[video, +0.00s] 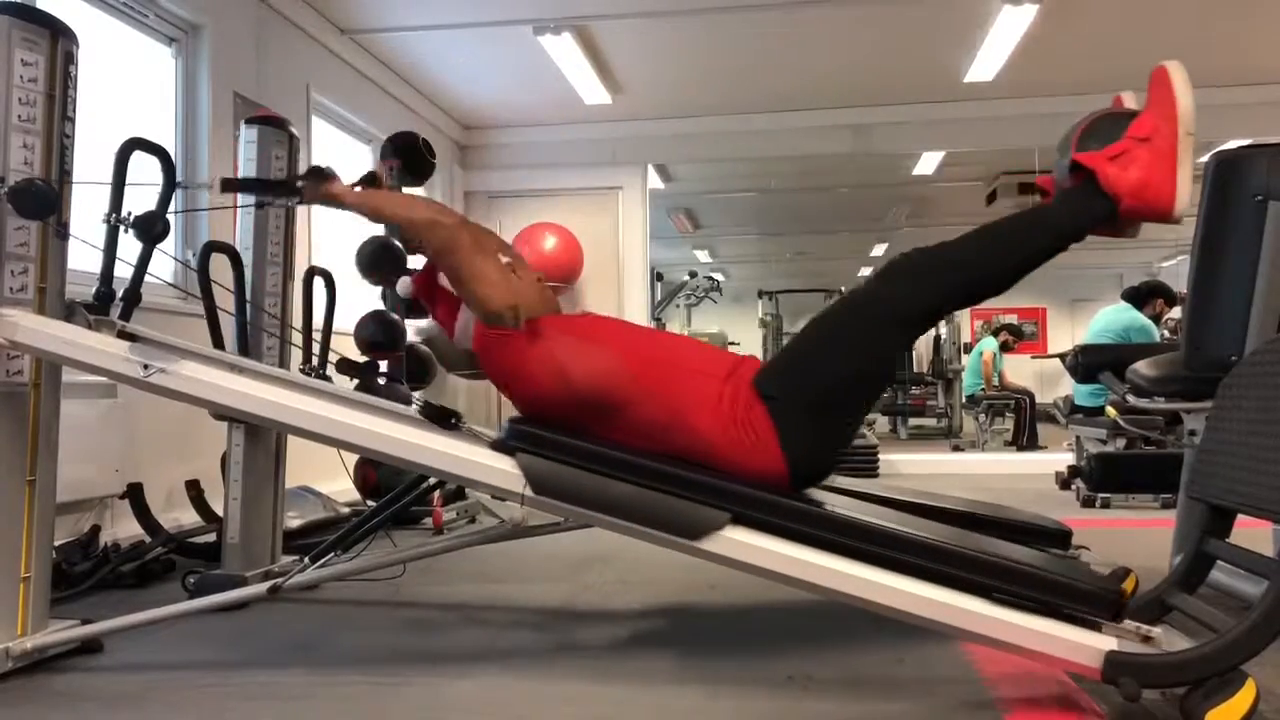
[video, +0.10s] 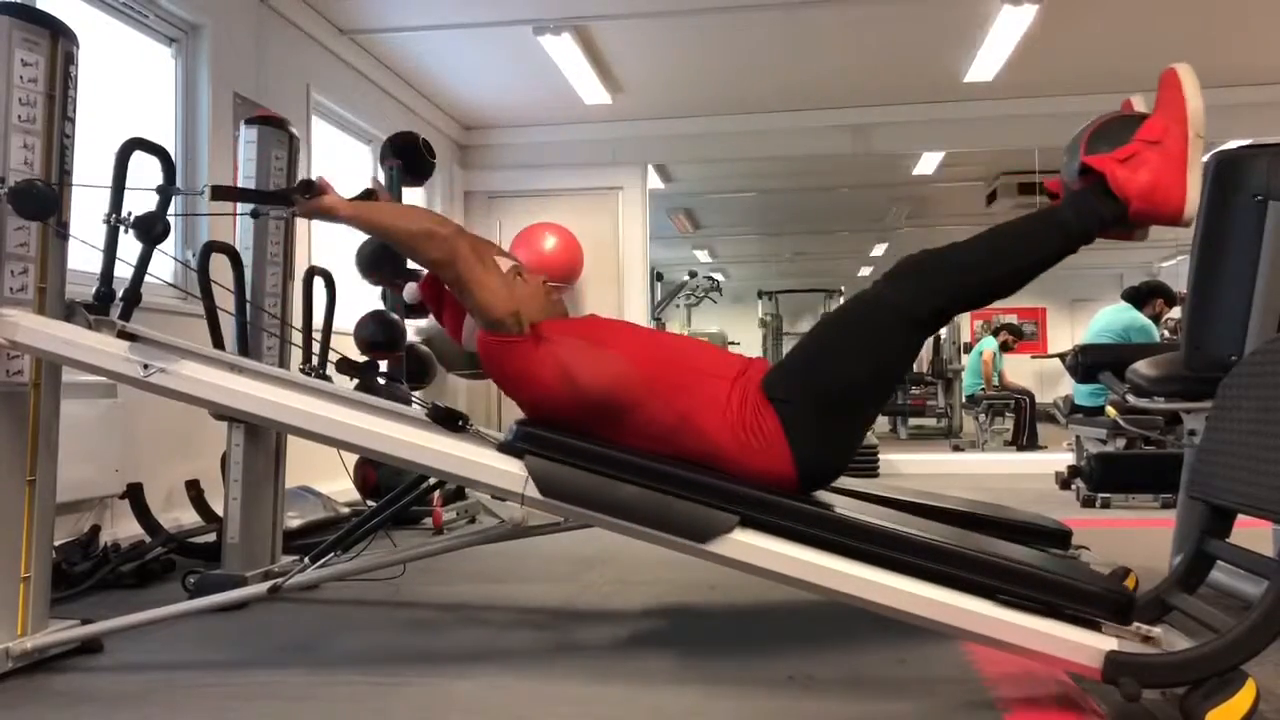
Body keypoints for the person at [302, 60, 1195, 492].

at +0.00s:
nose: (531, 265)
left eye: (519, 257)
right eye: (511, 259)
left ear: (486, 301)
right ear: (485, 297)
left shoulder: (539, 346)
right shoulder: (520, 349)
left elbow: (468, 250)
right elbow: (458, 233)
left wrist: (396, 208)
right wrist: (366, 202)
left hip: (768, 413)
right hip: (771, 433)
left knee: (905, 282)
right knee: (908, 287)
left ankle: (1090, 188)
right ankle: (1109, 191)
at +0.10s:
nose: (526, 269)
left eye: (513, 262)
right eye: (506, 264)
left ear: (480, 305)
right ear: (485, 301)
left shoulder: (540, 348)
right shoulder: (523, 349)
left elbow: (455, 253)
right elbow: (449, 239)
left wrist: (385, 220)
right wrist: (356, 214)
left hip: (775, 421)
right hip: (779, 436)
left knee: (911, 284)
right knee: (915, 288)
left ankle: (1106, 190)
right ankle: (1119, 191)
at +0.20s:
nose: (532, 265)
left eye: (519, 257)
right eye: (510, 260)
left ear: (477, 307)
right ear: (484, 301)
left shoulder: (536, 352)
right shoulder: (523, 349)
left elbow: (463, 249)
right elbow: (453, 229)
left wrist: (413, 242)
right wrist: (360, 213)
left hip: (767, 418)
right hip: (772, 438)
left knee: (898, 282)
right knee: (902, 288)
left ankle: (1092, 196)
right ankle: (1111, 199)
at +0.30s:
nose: (527, 255)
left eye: (515, 247)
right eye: (506, 250)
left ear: (463, 302)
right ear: (482, 286)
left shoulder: (520, 339)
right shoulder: (506, 342)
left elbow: (547, 241)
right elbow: (466, 213)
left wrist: (431, 210)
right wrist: (372, 187)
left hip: (748, 408)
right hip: (749, 426)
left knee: (880, 271)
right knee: (882, 275)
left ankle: (1061, 199)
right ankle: (1084, 203)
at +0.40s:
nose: (423, 254)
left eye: (413, 245)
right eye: (407, 256)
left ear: (434, 266)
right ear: (412, 295)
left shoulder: (501, 321)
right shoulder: (466, 337)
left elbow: (549, 251)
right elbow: (470, 210)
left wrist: (445, 188)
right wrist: (401, 157)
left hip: (714, 390)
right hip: (711, 415)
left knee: (831, 250)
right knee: (829, 254)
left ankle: (1019, 188)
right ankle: (1045, 195)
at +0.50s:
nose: (393, 243)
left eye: (383, 236)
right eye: (374, 247)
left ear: (405, 246)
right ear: (371, 287)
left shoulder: (473, 308)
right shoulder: (421, 332)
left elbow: (555, 262)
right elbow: (467, 239)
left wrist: (486, 189)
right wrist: (422, 143)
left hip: (673, 373)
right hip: (668, 398)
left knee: (770, 232)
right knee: (767, 232)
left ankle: (968, 178)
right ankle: (977, 182)